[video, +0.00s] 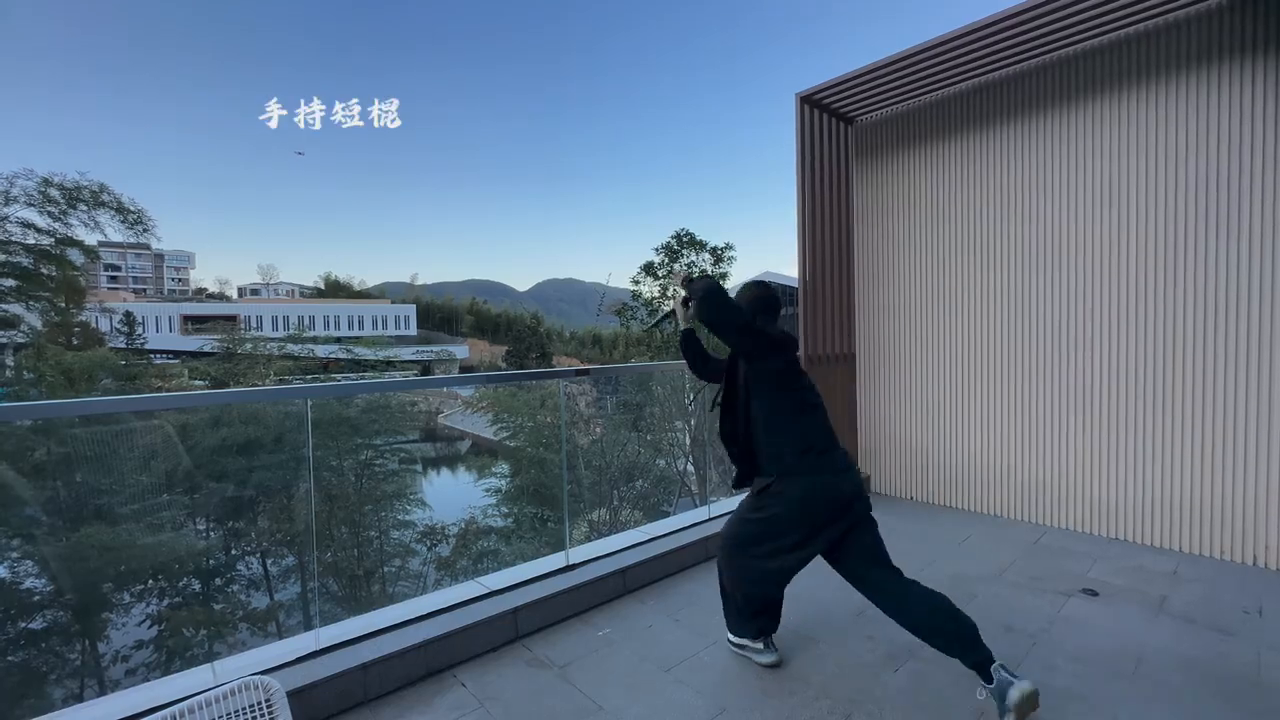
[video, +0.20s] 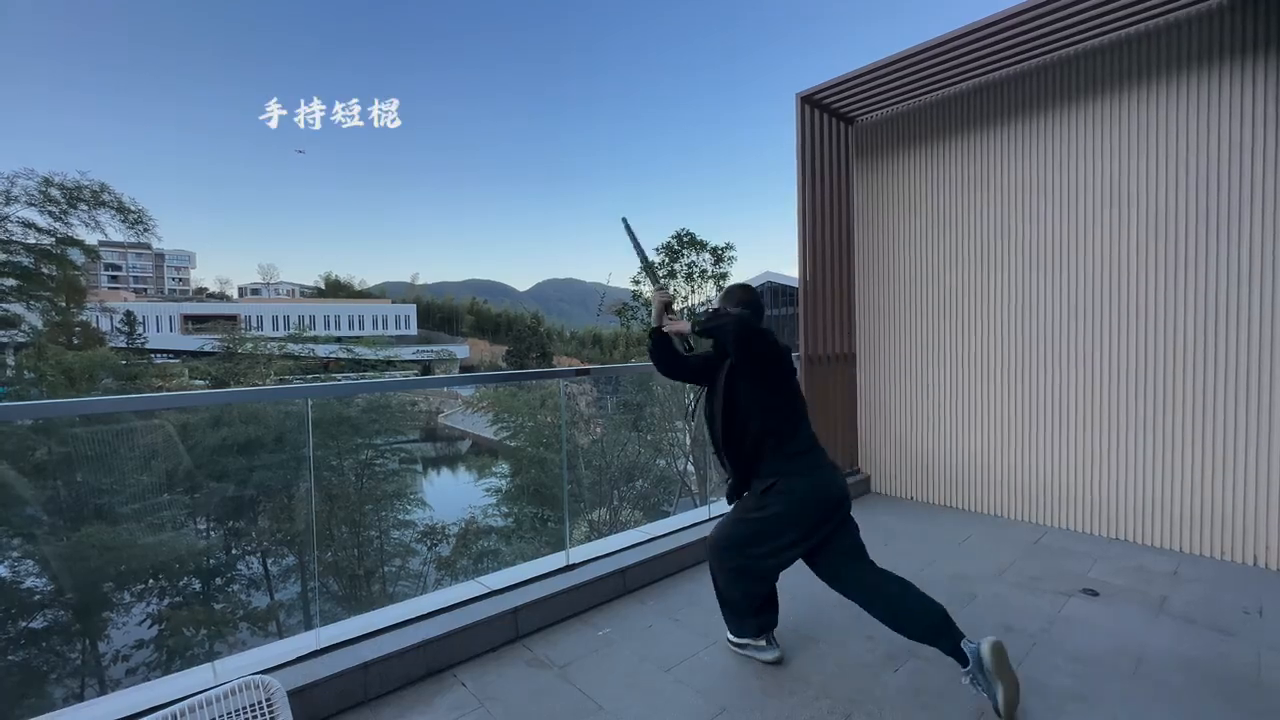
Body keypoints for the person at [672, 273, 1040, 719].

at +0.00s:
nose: (733, 313)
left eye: (737, 305)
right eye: (736, 306)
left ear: (746, 313)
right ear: (773, 314)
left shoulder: (769, 348)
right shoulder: (748, 365)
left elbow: (721, 313)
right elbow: (704, 367)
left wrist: (696, 285)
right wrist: (685, 326)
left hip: (795, 486)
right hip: (834, 485)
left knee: (739, 549)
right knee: (890, 587)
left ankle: (755, 637)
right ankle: (996, 676)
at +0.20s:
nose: (713, 317)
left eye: (718, 312)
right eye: (716, 312)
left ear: (735, 316)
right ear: (749, 316)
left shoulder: (756, 348)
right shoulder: (721, 364)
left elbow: (734, 325)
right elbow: (671, 364)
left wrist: (688, 326)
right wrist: (657, 323)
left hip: (789, 487)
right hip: (814, 485)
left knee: (729, 547)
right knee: (860, 578)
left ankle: (753, 634)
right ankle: (967, 653)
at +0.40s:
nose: (705, 327)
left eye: (711, 322)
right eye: (709, 320)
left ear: (726, 331)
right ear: (735, 331)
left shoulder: (768, 370)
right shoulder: (719, 373)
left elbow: (768, 421)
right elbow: (677, 408)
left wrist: (709, 414)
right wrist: (677, 378)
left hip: (791, 496)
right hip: (815, 493)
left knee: (728, 549)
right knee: (864, 586)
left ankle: (755, 637)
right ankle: (968, 654)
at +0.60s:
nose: (719, 325)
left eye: (719, 318)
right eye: (720, 317)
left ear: (728, 321)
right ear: (763, 311)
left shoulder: (748, 370)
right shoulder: (793, 340)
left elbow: (741, 440)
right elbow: (742, 377)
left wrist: (708, 420)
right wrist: (715, 397)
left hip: (794, 492)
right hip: (854, 483)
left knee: (741, 545)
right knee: (900, 582)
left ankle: (753, 635)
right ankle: (974, 687)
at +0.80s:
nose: (826, 290)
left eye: (822, 283)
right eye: (819, 284)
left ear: (787, 297)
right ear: (801, 293)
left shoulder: (789, 336)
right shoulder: (823, 332)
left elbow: (847, 367)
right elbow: (896, 348)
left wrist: (874, 324)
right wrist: (928, 300)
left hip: (826, 483)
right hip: (870, 485)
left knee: (816, 561)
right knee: (954, 580)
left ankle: (759, 633)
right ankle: (981, 706)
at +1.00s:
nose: (937, 319)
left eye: (938, 311)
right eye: (933, 311)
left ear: (903, 313)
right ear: (909, 312)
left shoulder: (934, 367)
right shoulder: (847, 374)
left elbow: (967, 428)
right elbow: (813, 451)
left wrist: (919, 467)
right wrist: (856, 458)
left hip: (897, 507)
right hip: (865, 515)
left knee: (830, 576)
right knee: (976, 583)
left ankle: (754, 610)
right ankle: (983, 709)